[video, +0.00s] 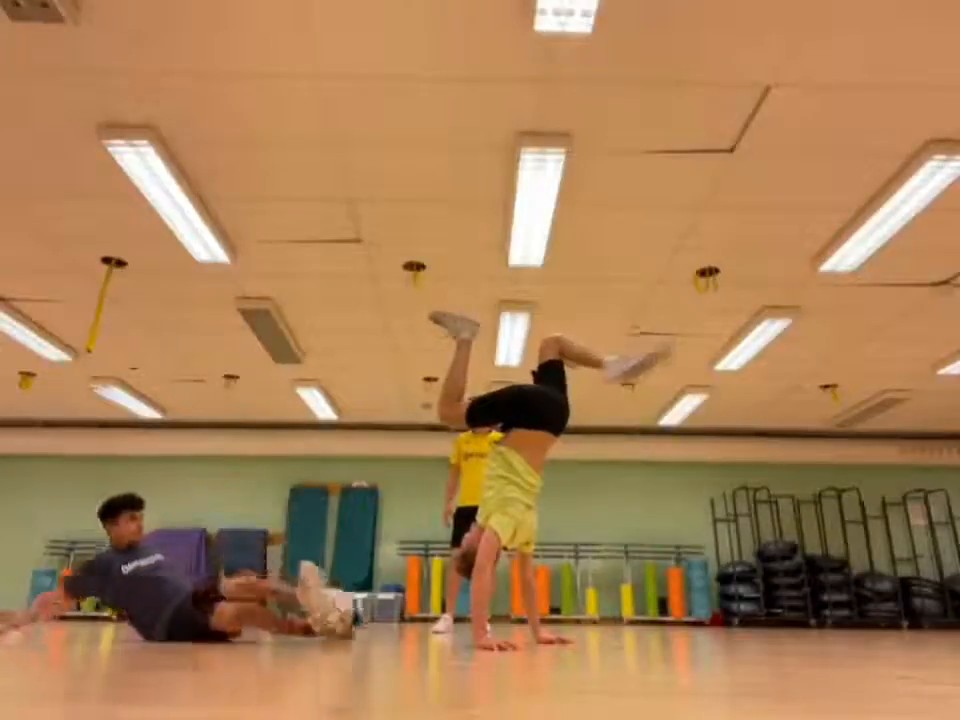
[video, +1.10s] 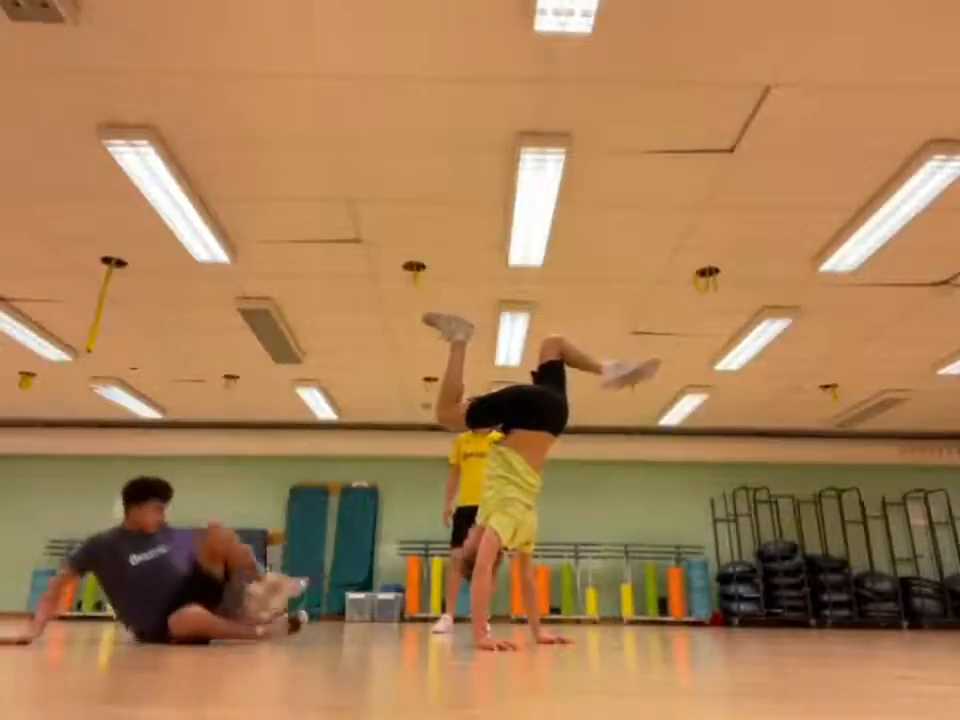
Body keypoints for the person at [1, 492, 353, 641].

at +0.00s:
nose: (138, 527)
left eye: (139, 521)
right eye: (130, 522)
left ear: (139, 524)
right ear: (111, 527)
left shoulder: (147, 551)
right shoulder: (102, 566)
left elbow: (166, 586)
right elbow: (63, 593)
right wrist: (33, 615)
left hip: (194, 594)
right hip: (173, 618)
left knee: (251, 583)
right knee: (241, 612)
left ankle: (309, 601)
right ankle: (309, 629)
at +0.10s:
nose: (122, 533)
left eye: (122, 527)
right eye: (114, 529)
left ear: (121, 531)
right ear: (94, 536)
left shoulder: (139, 552)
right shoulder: (81, 581)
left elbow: (165, 578)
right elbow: (43, 617)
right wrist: (20, 633)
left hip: (189, 590)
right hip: (174, 621)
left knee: (243, 585)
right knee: (246, 614)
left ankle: (306, 609)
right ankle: (313, 628)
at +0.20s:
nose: (111, 537)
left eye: (112, 530)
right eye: (103, 532)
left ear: (112, 534)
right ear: (81, 540)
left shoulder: (128, 556)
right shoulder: (69, 586)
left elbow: (159, 575)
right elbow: (31, 626)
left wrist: (188, 577)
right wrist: (15, 635)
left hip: (179, 592)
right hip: (171, 627)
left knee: (198, 573)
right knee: (216, 622)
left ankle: (269, 585)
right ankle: (282, 610)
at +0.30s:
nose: (102, 536)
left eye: (102, 530)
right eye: (93, 533)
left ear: (104, 532)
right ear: (73, 540)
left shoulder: (121, 554)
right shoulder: (63, 588)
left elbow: (149, 580)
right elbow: (22, 629)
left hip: (166, 592)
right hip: (155, 625)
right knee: (198, 624)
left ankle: (238, 574)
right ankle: (259, 605)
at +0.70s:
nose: (104, 524)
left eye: (105, 517)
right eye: (95, 519)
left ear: (107, 516)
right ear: (74, 524)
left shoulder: (127, 534)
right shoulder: (59, 577)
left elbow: (165, 552)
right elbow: (26, 628)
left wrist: (211, 567)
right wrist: (15, 633)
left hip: (165, 584)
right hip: (149, 621)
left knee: (178, 580)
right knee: (190, 631)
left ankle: (256, 582)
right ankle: (253, 625)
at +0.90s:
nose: (151, 512)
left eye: (151, 505)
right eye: (144, 505)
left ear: (142, 507)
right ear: (120, 507)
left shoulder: (154, 529)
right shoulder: (89, 551)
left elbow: (175, 560)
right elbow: (57, 593)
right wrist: (27, 628)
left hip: (182, 588)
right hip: (155, 621)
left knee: (217, 579)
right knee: (198, 629)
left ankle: (277, 600)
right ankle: (253, 630)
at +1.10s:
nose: (163, 517)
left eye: (164, 509)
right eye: (158, 508)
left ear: (154, 509)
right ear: (134, 507)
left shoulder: (164, 536)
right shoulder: (103, 545)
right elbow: (60, 584)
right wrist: (37, 629)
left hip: (190, 596)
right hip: (157, 623)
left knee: (216, 536)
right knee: (193, 617)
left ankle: (260, 583)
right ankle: (260, 631)